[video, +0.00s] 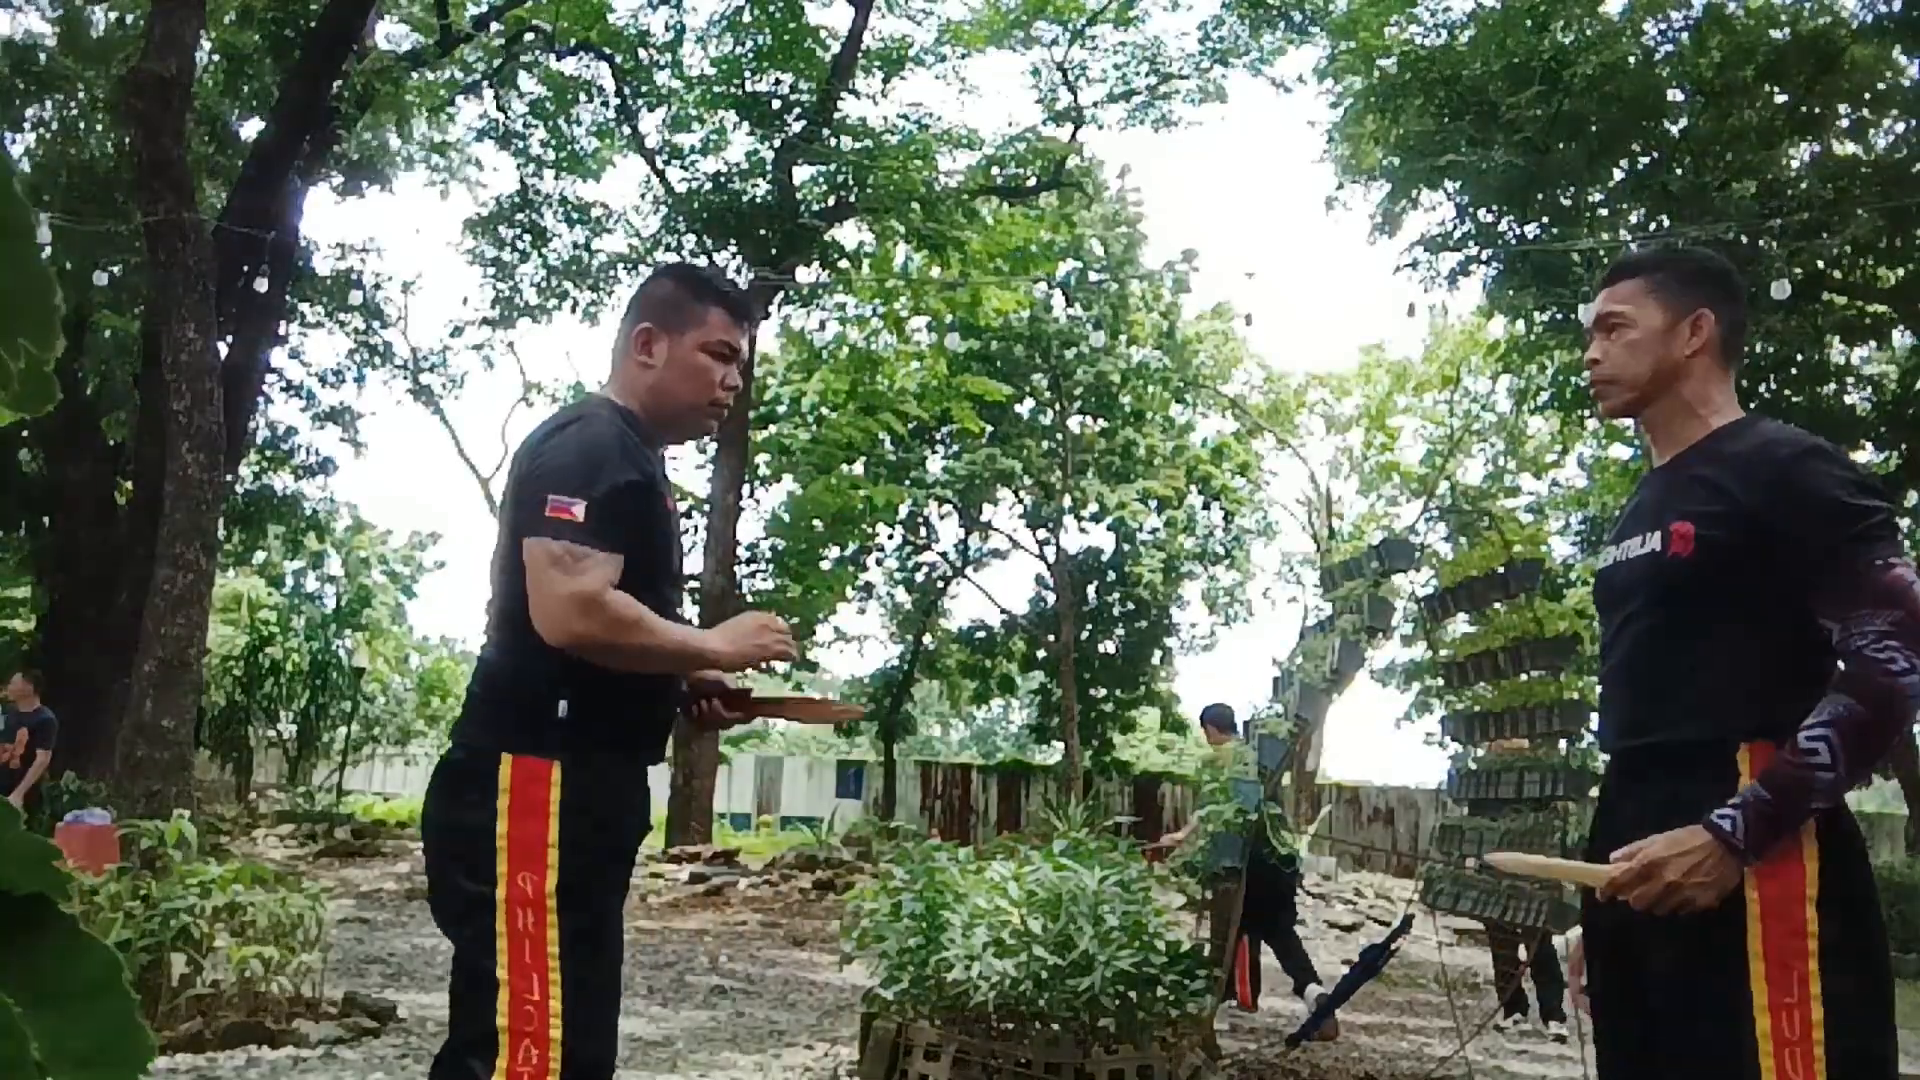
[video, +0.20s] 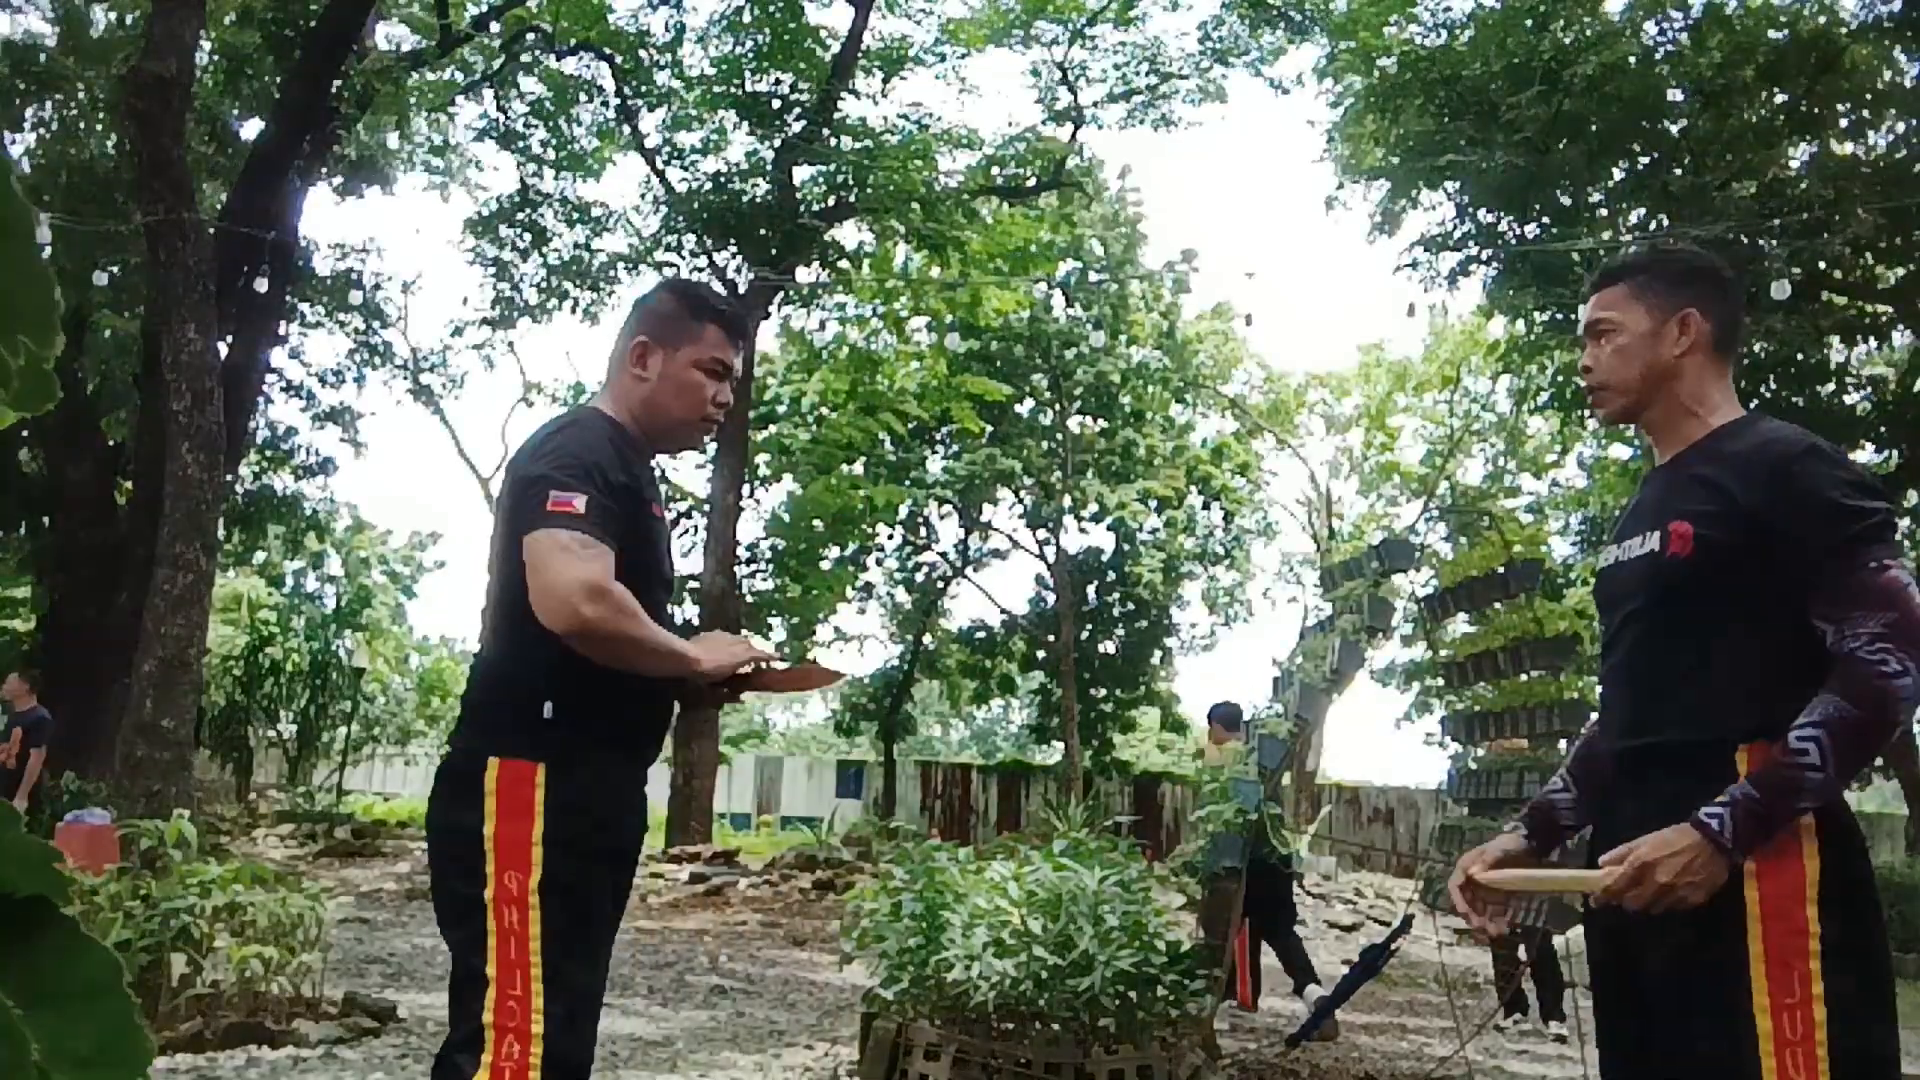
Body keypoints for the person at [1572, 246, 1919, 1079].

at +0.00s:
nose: (1589, 349)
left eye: (1612, 325)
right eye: (1590, 331)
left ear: (1694, 333)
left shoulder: (1784, 463)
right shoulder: (1640, 504)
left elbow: (1894, 659)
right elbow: (1652, 725)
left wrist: (1736, 831)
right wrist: (1603, 917)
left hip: (1768, 866)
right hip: (1639, 863)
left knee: (1782, 1064)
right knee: (1644, 1063)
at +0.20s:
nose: (1582, 362)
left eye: (1602, 333)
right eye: (1584, 340)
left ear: (1684, 333)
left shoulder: (1786, 463)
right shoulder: (1643, 504)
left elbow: (1887, 661)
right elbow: (1632, 707)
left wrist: (1724, 829)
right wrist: (1533, 833)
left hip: (1765, 860)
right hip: (1638, 863)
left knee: (1783, 1065)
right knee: (1645, 1064)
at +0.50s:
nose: (1557, 400)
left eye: (1572, 368)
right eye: (1551, 380)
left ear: (1651, 348)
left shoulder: (1774, 463)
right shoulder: (1626, 515)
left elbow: (1905, 634)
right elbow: (1630, 703)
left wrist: (1768, 813)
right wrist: (1511, 711)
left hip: (1764, 835)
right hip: (1633, 842)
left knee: (1776, 1061)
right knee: (1639, 1062)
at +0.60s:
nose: (1534, 439)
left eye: (1540, 409)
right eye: (1524, 421)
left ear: (1616, 373)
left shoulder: (1749, 461)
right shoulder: (1613, 528)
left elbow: (1909, 601)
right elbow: (1604, 710)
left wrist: (1788, 805)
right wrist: (1511, 660)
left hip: (1762, 821)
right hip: (1647, 829)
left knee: (1759, 1061)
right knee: (1637, 1060)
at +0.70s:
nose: (1509, 487)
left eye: (1509, 456)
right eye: (1498, 467)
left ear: (1578, 412)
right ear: (1577, 414)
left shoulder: (1719, 478)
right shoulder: (1601, 556)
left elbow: (1893, 602)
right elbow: (1575, 742)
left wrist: (1763, 802)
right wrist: (1513, 635)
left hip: (1774, 843)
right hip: (1663, 850)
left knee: (1721, 1065)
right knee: (1628, 1063)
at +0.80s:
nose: (1493, 546)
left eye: (1483, 516)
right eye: (1477, 528)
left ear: (1537, 470)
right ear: (1542, 472)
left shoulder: (1665, 513)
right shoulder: (1627, 574)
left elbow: (1738, 627)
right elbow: (1603, 780)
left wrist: (1613, 833)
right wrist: (1535, 647)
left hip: (1768, 858)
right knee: (1634, 1061)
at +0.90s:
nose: (1488, 562)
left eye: (1477, 534)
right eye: (1472, 544)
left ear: (1519, 486)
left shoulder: (1591, 526)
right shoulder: (1703, 527)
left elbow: (1507, 704)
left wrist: (1421, 882)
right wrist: (1666, 804)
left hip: (1755, 867)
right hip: (1870, 857)